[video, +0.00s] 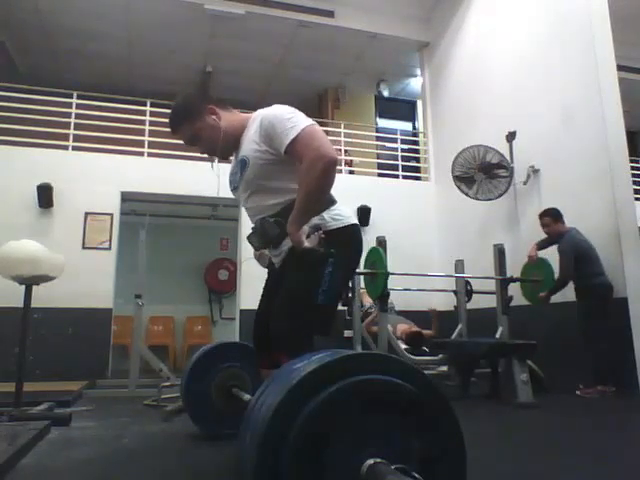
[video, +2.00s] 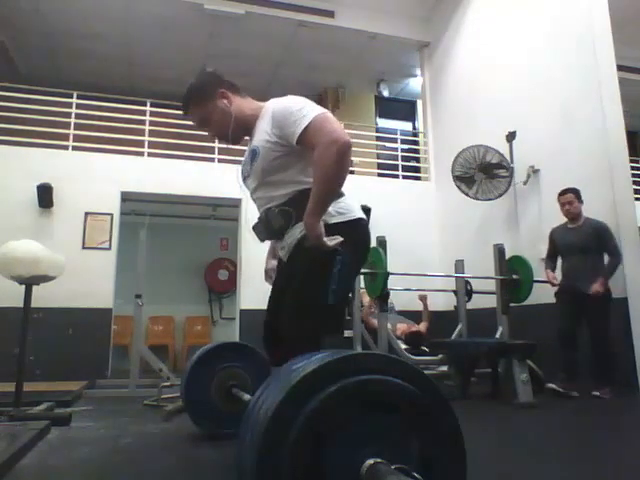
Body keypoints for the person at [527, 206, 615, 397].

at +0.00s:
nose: (545, 230)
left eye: (547, 225)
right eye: (543, 226)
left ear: (558, 223)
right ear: (559, 224)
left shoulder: (566, 243)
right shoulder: (570, 234)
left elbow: (566, 277)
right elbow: (553, 238)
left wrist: (548, 294)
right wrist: (535, 246)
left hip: (592, 292)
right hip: (598, 289)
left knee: (591, 337)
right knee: (596, 336)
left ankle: (595, 383)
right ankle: (604, 382)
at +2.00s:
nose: (567, 207)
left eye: (571, 203)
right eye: (563, 204)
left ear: (580, 203)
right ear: (560, 208)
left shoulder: (598, 228)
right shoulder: (556, 233)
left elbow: (615, 256)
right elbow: (551, 258)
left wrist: (603, 280)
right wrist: (549, 271)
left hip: (596, 294)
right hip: (568, 294)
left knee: (599, 340)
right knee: (566, 337)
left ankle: (602, 385)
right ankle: (567, 382)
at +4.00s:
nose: (546, 180)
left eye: (546, 175)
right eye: (543, 175)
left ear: (532, 176)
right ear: (527, 175)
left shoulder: (541, 206)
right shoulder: (504, 206)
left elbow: (544, 234)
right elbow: (482, 236)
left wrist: (549, 258)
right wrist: (503, 261)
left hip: (539, 279)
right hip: (513, 282)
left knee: (558, 334)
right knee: (515, 339)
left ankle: (567, 393)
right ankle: (511, 398)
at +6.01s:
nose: (517, 242)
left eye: (516, 238)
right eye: (514, 237)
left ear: (504, 238)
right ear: (504, 238)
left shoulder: (512, 266)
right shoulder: (478, 260)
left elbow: (511, 300)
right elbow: (456, 283)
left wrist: (528, 310)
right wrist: (461, 292)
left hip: (519, 316)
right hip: (496, 317)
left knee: (570, 332)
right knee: (507, 337)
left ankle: (573, 392)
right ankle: (501, 397)